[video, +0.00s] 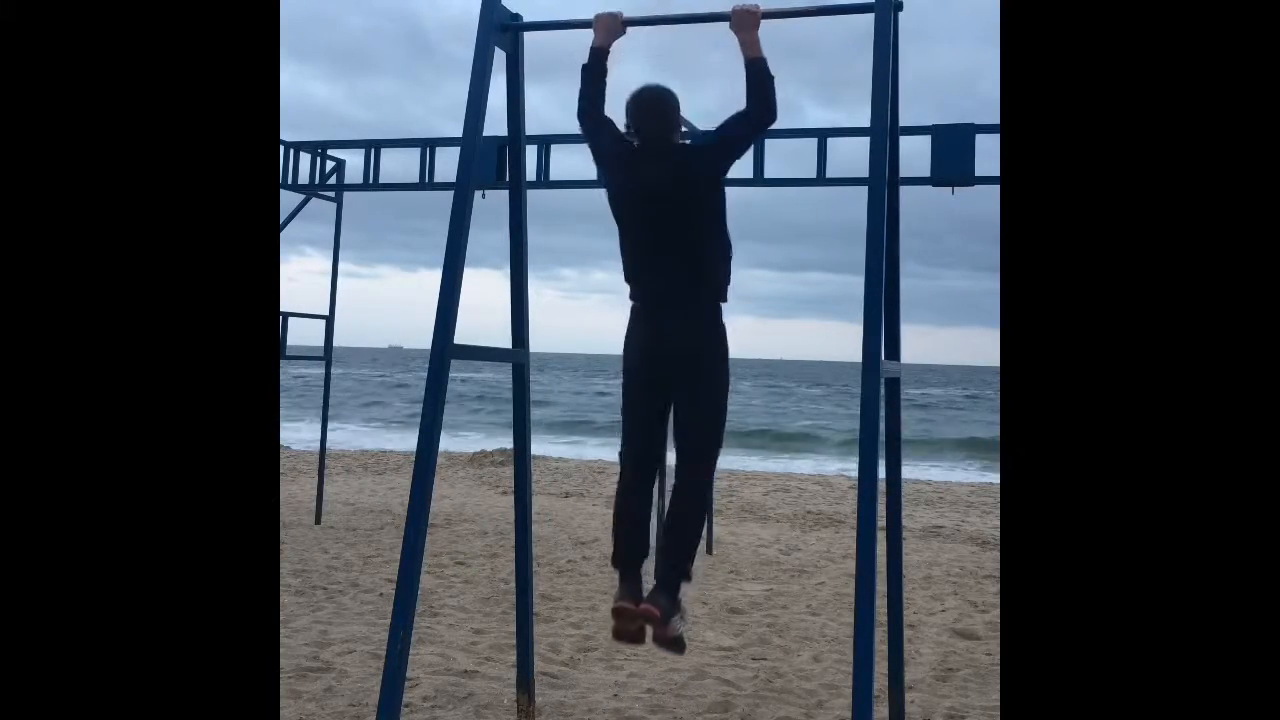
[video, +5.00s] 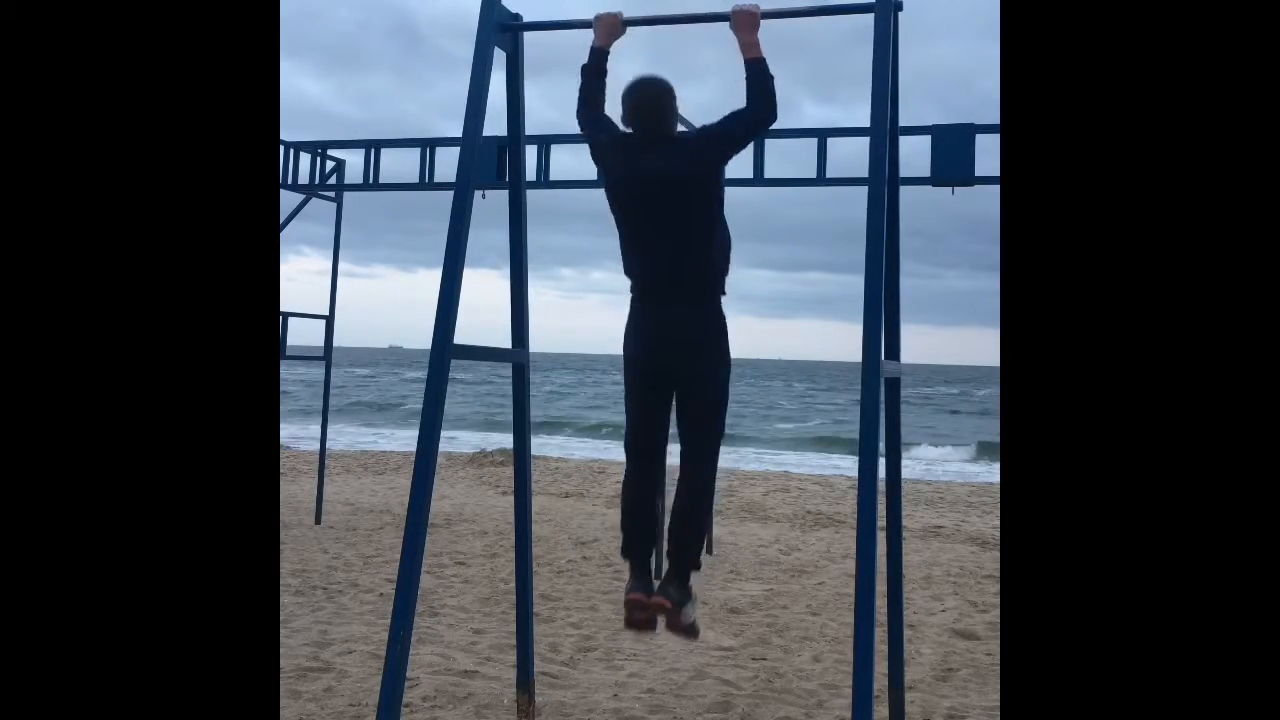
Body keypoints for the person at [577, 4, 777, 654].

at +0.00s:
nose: (682, 122)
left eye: (672, 116)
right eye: (680, 115)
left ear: (630, 127)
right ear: (680, 122)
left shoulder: (618, 164)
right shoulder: (707, 159)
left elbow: (590, 111)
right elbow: (761, 111)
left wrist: (600, 44)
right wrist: (750, 41)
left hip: (645, 330)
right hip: (701, 330)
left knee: (638, 462)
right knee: (694, 471)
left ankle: (630, 590)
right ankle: (665, 597)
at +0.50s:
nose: (646, 71)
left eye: (622, 61)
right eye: (653, 60)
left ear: (614, 69)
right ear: (660, 66)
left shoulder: (600, 118)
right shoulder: (692, 108)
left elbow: (587, 94)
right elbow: (756, 106)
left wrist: (597, 43)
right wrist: (749, 40)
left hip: (638, 284)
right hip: (697, 282)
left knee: (643, 401)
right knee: (701, 406)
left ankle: (648, 521)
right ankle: (682, 527)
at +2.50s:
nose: (683, 122)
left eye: (674, 117)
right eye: (680, 116)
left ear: (631, 130)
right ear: (678, 124)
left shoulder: (620, 167)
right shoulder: (707, 161)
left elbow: (592, 114)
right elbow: (760, 111)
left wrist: (600, 46)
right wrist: (751, 43)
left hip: (646, 330)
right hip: (701, 332)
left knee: (639, 460)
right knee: (695, 469)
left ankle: (631, 592)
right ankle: (666, 600)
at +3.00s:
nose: (640, 75)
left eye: (622, 67)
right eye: (651, 66)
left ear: (613, 75)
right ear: (659, 73)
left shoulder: (600, 125)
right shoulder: (692, 114)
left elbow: (589, 91)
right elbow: (754, 106)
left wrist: (599, 43)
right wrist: (749, 43)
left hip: (634, 288)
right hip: (692, 287)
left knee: (639, 410)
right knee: (696, 413)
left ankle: (642, 531)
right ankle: (678, 538)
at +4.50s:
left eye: (618, 4)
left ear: (618, 3)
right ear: (664, 1)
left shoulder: (599, 41)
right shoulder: (693, 34)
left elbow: (564, 99)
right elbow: (762, 88)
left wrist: (594, 33)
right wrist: (750, 36)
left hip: (634, 206)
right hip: (693, 203)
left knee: (651, 324)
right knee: (710, 321)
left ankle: (668, 445)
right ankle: (706, 448)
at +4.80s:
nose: (657, 45)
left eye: (638, 34)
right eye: (661, 35)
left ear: (622, 46)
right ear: (668, 44)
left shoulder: (603, 94)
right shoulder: (697, 86)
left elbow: (571, 104)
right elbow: (770, 101)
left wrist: (597, 43)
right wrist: (754, 41)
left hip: (639, 261)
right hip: (698, 259)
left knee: (650, 381)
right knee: (707, 381)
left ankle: (662, 503)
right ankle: (700, 504)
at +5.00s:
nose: (677, 114)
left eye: (663, 108)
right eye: (677, 108)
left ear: (627, 119)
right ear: (676, 114)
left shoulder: (614, 157)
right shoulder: (704, 149)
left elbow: (589, 109)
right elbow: (762, 109)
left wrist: (599, 46)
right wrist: (751, 45)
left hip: (645, 324)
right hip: (702, 324)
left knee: (643, 454)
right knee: (699, 460)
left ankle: (639, 578)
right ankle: (678, 587)